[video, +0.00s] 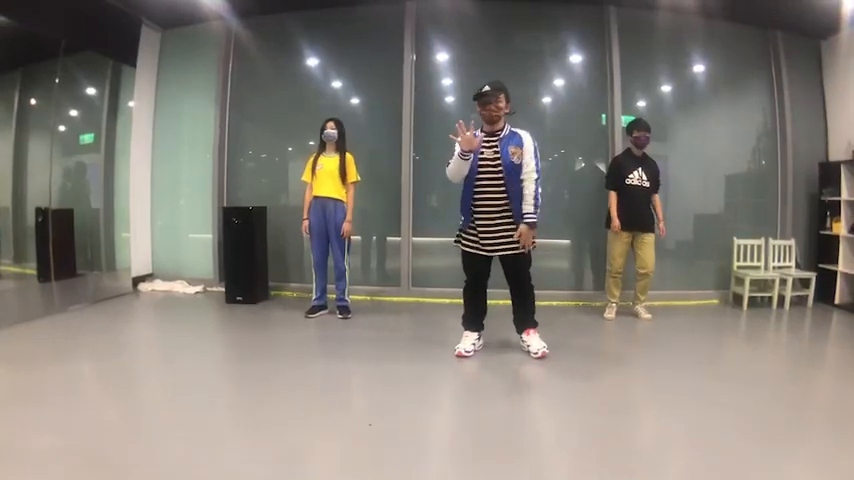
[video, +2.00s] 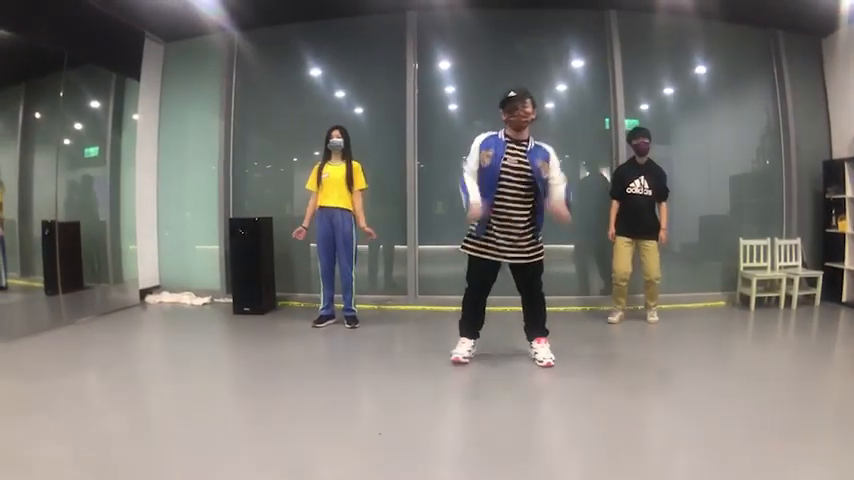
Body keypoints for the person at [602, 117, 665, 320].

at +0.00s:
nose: (643, 138)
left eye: (646, 135)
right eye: (638, 135)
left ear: (650, 137)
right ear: (630, 137)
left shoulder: (651, 165)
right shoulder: (619, 161)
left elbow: (654, 195)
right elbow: (612, 191)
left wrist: (660, 220)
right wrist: (614, 217)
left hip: (645, 225)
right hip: (621, 224)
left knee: (647, 269)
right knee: (615, 268)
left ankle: (639, 303)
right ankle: (612, 303)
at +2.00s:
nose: (643, 145)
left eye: (646, 142)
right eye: (638, 142)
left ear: (650, 144)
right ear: (631, 144)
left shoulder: (657, 172)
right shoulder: (621, 171)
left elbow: (662, 202)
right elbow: (615, 200)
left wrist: (663, 228)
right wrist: (611, 226)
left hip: (649, 232)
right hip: (624, 232)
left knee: (652, 276)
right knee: (620, 273)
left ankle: (651, 308)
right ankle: (619, 308)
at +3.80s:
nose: (626, 140)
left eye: (629, 136)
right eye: (621, 136)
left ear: (633, 138)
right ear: (613, 139)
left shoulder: (638, 166)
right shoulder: (604, 165)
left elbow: (641, 194)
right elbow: (589, 190)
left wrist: (645, 218)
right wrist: (595, 218)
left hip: (633, 228)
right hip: (608, 228)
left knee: (635, 271)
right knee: (603, 272)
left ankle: (633, 307)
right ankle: (595, 307)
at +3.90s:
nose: (635, 139)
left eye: (637, 135)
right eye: (630, 136)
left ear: (641, 138)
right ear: (621, 139)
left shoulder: (641, 167)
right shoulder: (613, 163)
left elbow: (641, 195)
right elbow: (601, 192)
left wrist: (648, 219)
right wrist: (606, 222)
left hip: (634, 227)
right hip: (612, 226)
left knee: (638, 270)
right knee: (602, 271)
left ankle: (633, 307)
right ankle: (589, 307)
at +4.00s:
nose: (640, 139)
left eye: (642, 135)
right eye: (635, 136)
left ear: (646, 138)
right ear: (627, 139)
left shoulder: (641, 164)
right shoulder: (619, 160)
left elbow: (642, 193)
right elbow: (608, 191)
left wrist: (650, 212)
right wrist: (618, 219)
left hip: (635, 225)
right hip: (613, 224)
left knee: (638, 270)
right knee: (601, 269)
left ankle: (633, 306)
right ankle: (586, 306)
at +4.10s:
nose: (648, 149)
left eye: (650, 145)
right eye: (643, 145)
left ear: (652, 147)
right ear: (633, 146)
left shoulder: (643, 169)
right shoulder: (625, 166)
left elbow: (639, 194)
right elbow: (608, 191)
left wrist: (655, 205)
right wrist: (626, 211)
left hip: (636, 231)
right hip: (615, 230)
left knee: (644, 272)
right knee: (603, 275)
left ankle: (633, 308)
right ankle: (582, 308)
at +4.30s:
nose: (646, 150)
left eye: (649, 146)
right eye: (641, 146)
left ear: (652, 148)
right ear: (632, 147)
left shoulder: (648, 173)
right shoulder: (623, 168)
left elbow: (649, 200)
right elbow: (608, 196)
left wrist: (657, 220)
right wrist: (617, 223)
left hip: (637, 232)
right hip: (615, 232)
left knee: (644, 274)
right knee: (606, 275)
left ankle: (634, 309)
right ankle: (584, 309)